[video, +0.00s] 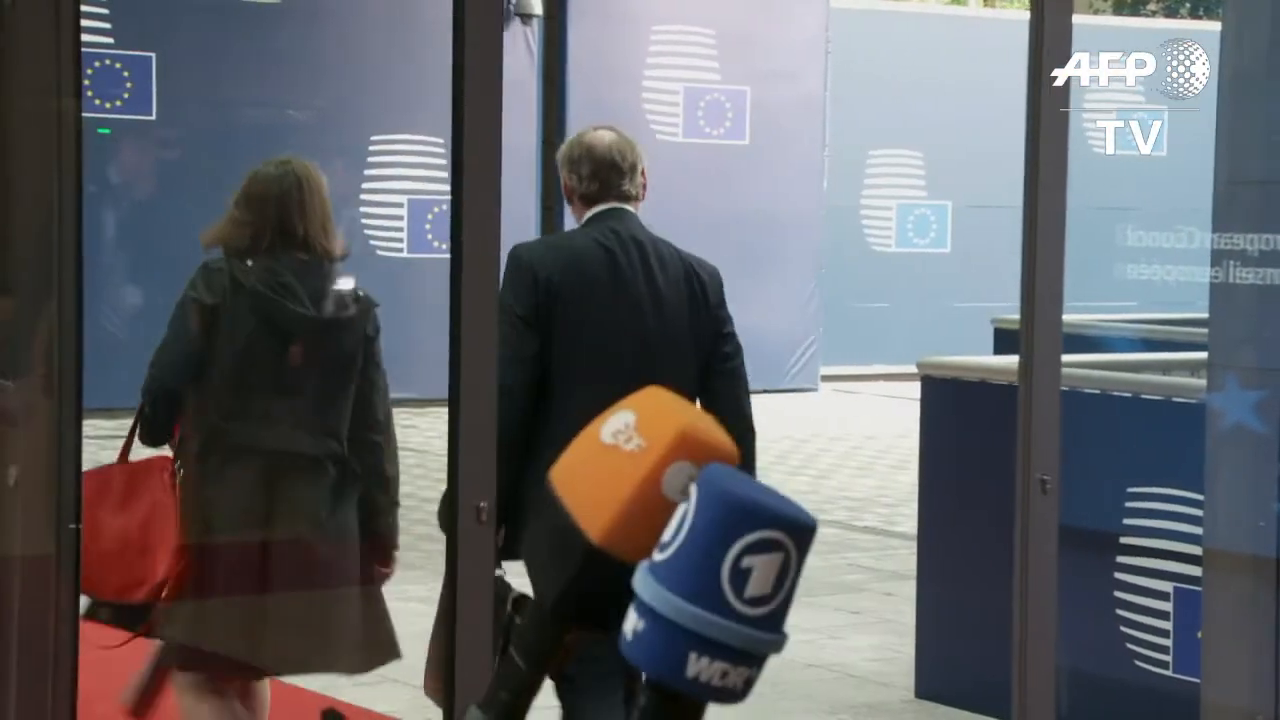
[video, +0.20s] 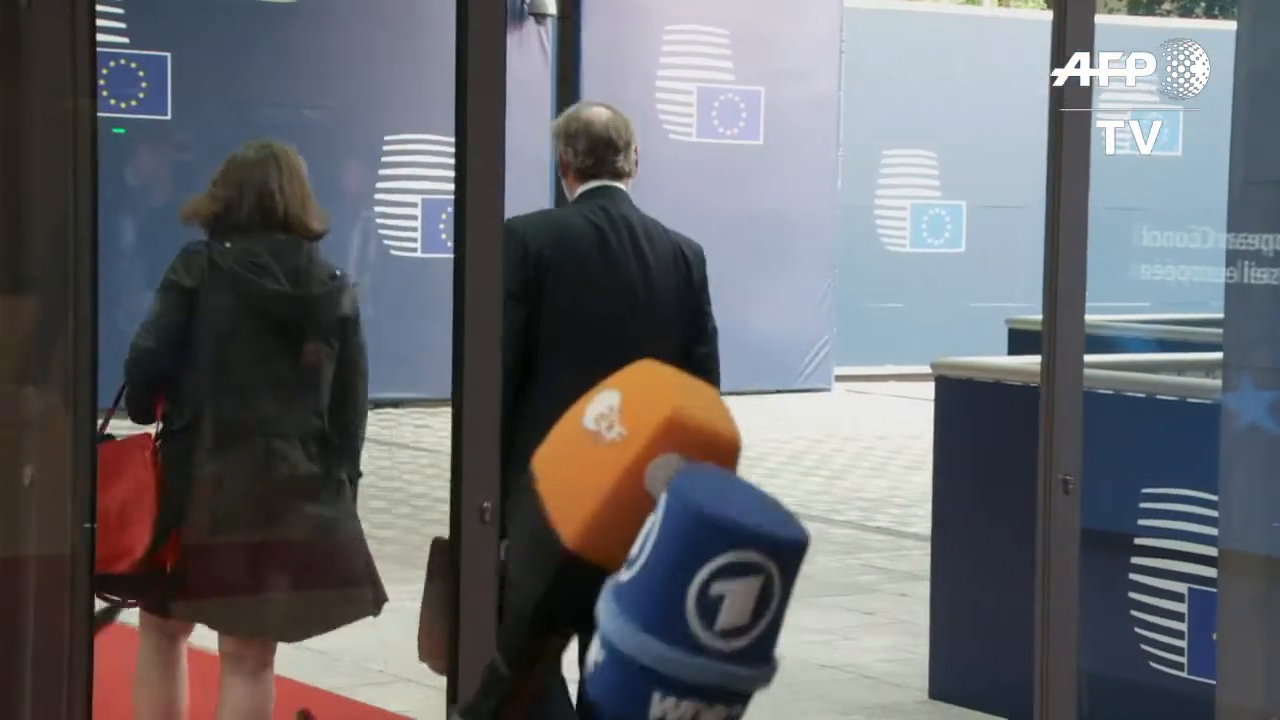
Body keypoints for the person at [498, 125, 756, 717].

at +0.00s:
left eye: (564, 185)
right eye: (647, 177)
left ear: (568, 191)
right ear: (643, 186)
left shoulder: (537, 264)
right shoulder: (698, 277)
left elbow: (507, 399)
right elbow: (733, 415)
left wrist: (491, 514)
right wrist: (732, 524)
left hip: (564, 520)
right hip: (667, 517)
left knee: (591, 678)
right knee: (664, 677)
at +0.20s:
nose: (559, 165)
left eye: (559, 157)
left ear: (564, 165)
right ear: (633, 165)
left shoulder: (524, 240)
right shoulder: (682, 255)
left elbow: (496, 376)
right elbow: (701, 383)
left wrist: (483, 494)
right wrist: (690, 491)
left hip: (542, 485)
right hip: (643, 488)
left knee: (527, 661)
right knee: (629, 661)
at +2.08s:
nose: (508, 182)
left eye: (504, 174)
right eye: (506, 175)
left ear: (444, 180)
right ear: (496, 179)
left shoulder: (411, 235)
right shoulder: (529, 241)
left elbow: (387, 324)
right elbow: (550, 334)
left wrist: (383, 403)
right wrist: (553, 407)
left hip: (430, 410)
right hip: (500, 411)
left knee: (435, 528)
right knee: (492, 522)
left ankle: (437, 656)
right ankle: (485, 643)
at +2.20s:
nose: (504, 198)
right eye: (505, 191)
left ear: (453, 193)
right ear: (502, 195)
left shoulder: (418, 243)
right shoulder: (530, 253)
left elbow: (389, 333)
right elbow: (549, 344)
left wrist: (384, 409)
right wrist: (552, 417)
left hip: (430, 415)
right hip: (500, 418)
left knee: (436, 532)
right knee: (489, 526)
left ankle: (440, 656)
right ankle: (475, 628)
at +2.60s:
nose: (527, 190)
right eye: (527, 184)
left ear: (479, 184)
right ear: (524, 185)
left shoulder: (436, 232)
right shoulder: (547, 241)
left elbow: (412, 314)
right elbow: (572, 322)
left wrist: (416, 380)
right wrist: (567, 386)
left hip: (445, 394)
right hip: (514, 397)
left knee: (450, 488)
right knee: (496, 504)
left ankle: (445, 595)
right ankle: (474, 629)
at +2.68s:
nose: (533, 196)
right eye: (533, 190)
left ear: (483, 189)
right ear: (528, 191)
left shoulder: (441, 235)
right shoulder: (549, 246)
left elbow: (415, 314)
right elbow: (574, 322)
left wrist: (418, 379)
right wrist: (568, 380)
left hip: (448, 395)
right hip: (515, 398)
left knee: (457, 490)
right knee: (499, 505)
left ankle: (452, 593)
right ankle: (473, 625)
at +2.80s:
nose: (534, 205)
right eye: (534, 199)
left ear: (486, 200)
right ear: (531, 201)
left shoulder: (446, 245)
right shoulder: (553, 255)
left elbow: (422, 323)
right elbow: (578, 328)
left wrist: (416, 391)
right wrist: (572, 384)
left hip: (455, 402)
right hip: (520, 404)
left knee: (471, 491)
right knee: (502, 507)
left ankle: (474, 583)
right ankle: (474, 619)